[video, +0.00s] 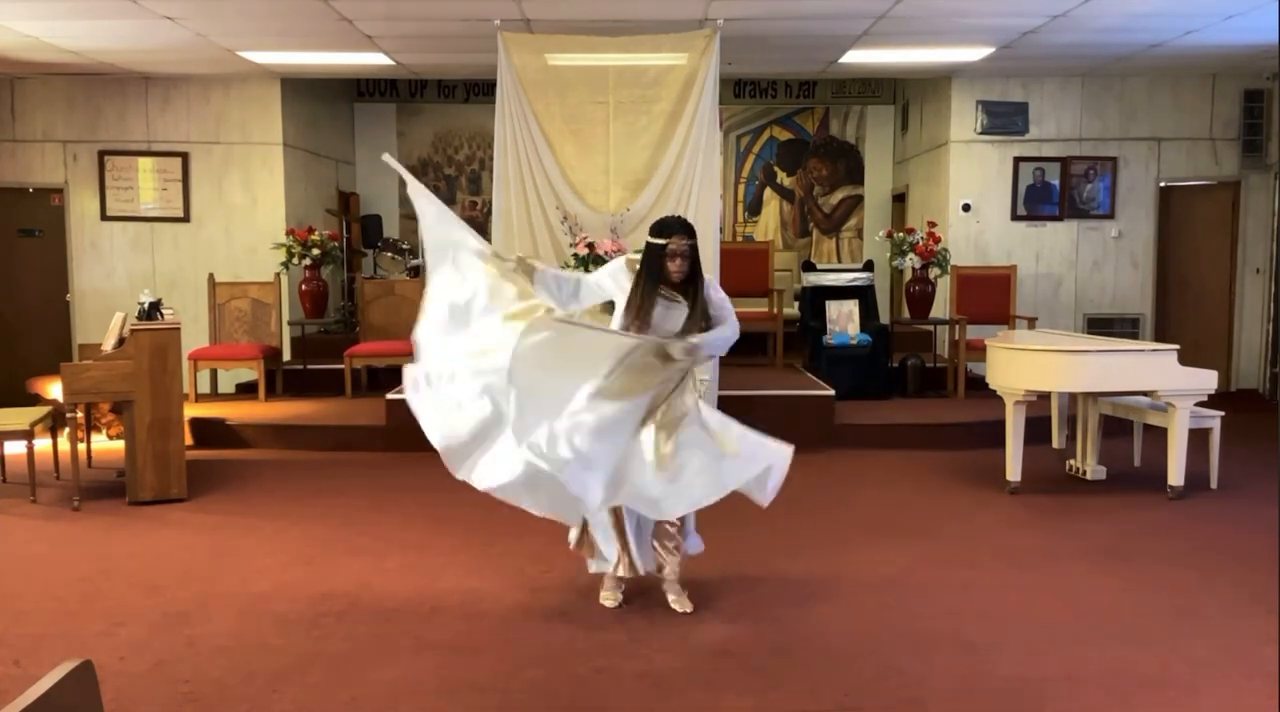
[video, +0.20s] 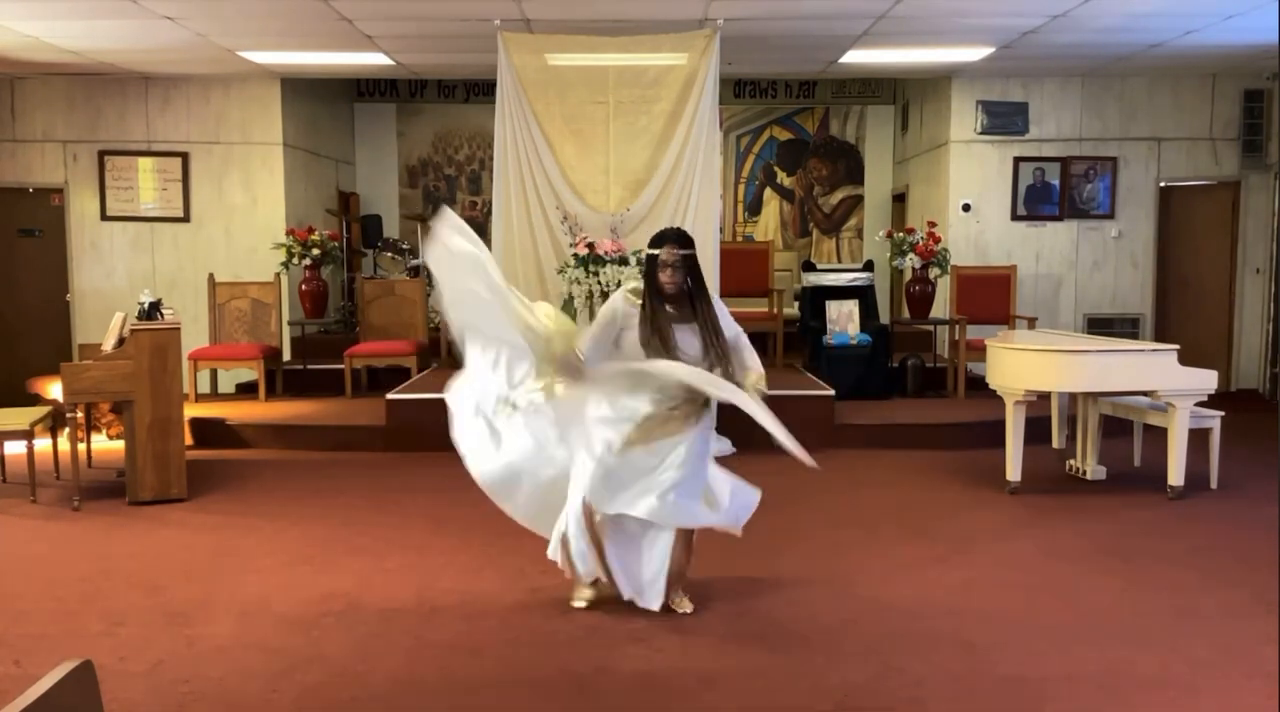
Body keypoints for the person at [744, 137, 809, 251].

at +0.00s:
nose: (776, 158)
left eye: (781, 154)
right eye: (777, 154)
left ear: (794, 156)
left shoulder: (806, 178)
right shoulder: (771, 176)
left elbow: (799, 199)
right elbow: (752, 212)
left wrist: (772, 183)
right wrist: (762, 184)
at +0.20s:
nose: (776, 158)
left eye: (781, 154)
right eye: (777, 154)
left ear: (794, 156)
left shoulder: (805, 178)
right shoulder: (772, 176)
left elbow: (798, 199)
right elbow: (752, 212)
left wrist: (772, 183)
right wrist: (762, 183)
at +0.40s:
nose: (776, 158)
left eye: (781, 154)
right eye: (777, 154)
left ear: (794, 156)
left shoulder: (805, 178)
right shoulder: (772, 176)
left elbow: (797, 198)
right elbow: (753, 212)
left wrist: (772, 183)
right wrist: (762, 183)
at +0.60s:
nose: (776, 158)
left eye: (781, 154)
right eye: (777, 154)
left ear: (794, 156)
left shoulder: (805, 178)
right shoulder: (772, 176)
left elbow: (797, 199)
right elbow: (753, 212)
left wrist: (772, 183)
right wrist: (762, 183)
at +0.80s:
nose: (776, 158)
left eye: (781, 154)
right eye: (777, 154)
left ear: (794, 156)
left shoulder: (805, 178)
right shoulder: (772, 176)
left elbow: (798, 199)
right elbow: (753, 212)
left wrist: (772, 183)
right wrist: (762, 183)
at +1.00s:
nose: (776, 158)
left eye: (781, 154)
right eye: (777, 154)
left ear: (794, 156)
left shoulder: (805, 178)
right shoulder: (772, 176)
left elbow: (797, 199)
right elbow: (753, 212)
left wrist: (772, 183)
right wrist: (762, 183)